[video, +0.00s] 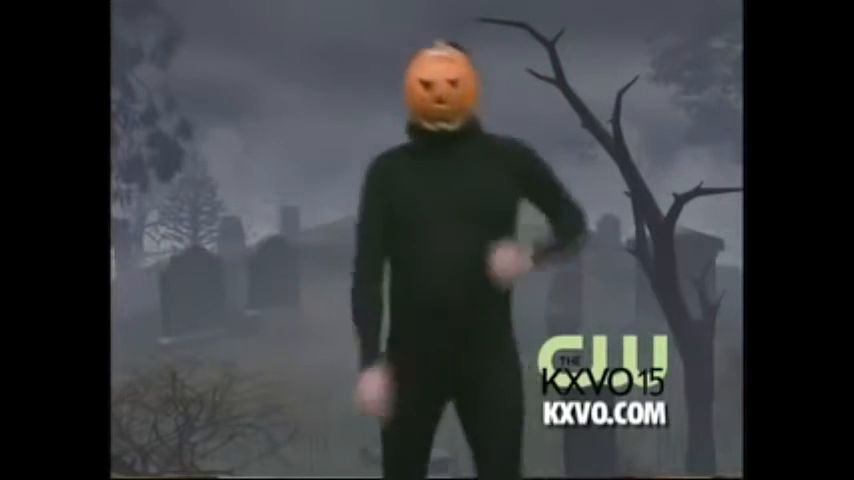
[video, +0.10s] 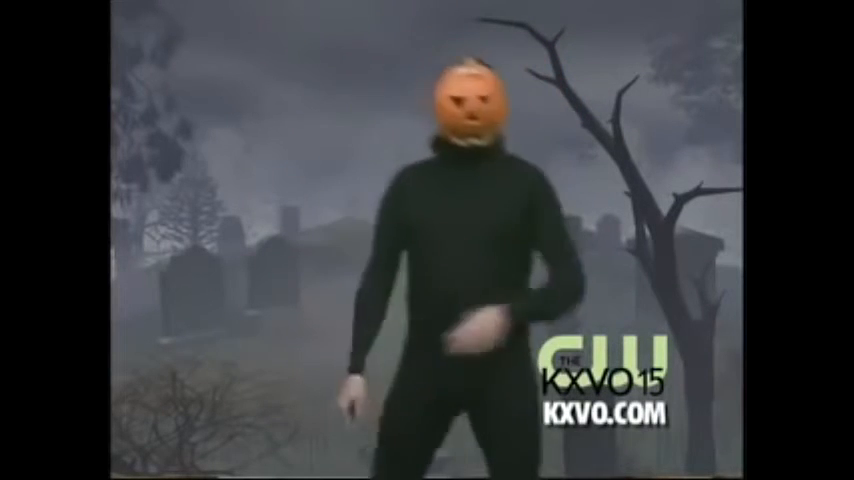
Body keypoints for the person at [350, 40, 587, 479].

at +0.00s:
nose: (440, 93)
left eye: (453, 82)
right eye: (426, 83)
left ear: (473, 92)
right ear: (408, 94)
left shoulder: (508, 159)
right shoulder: (388, 171)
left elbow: (573, 229)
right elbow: (367, 271)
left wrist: (531, 256)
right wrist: (370, 360)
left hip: (487, 354)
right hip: (413, 355)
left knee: (501, 471)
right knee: (401, 472)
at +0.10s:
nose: (471, 110)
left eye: (483, 99)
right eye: (457, 100)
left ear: (502, 110)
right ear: (437, 110)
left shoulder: (525, 183)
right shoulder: (410, 184)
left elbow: (569, 283)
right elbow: (378, 278)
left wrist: (507, 314)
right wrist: (356, 367)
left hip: (504, 375)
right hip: (425, 372)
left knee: (517, 471)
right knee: (392, 471)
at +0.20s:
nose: (487, 120)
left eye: (500, 110)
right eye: (473, 111)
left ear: (516, 125)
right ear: (452, 125)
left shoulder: (535, 203)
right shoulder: (430, 197)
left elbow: (547, 310)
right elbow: (397, 265)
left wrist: (462, 283)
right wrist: (360, 331)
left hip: (508, 379)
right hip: (434, 371)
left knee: (527, 471)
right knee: (359, 468)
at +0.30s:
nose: (487, 101)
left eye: (499, 92)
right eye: (474, 91)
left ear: (518, 111)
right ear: (453, 109)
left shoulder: (533, 187)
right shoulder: (435, 178)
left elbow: (517, 288)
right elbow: (417, 243)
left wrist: (446, 221)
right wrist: (380, 284)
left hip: (508, 361)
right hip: (436, 349)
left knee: (519, 471)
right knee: (343, 439)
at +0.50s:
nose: (488, 79)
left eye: (502, 70)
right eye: (476, 69)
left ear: (518, 84)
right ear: (456, 82)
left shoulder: (533, 153)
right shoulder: (424, 149)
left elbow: (526, 240)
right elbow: (407, 226)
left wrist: (460, 251)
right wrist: (375, 269)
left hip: (498, 338)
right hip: (423, 335)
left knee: (510, 468)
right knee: (394, 464)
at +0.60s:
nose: (474, 98)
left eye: (487, 90)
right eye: (461, 89)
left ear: (502, 103)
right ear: (442, 103)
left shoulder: (523, 172)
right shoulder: (412, 174)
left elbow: (530, 255)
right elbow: (386, 253)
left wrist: (493, 310)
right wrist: (355, 276)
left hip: (495, 357)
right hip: (420, 353)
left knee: (509, 470)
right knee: (398, 468)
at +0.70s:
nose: (460, 114)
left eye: (472, 106)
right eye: (448, 105)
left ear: (488, 118)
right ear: (426, 117)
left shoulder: (510, 190)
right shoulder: (398, 188)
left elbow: (534, 279)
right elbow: (366, 286)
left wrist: (514, 313)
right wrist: (348, 248)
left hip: (494, 372)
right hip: (418, 369)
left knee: (518, 471)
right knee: (380, 471)